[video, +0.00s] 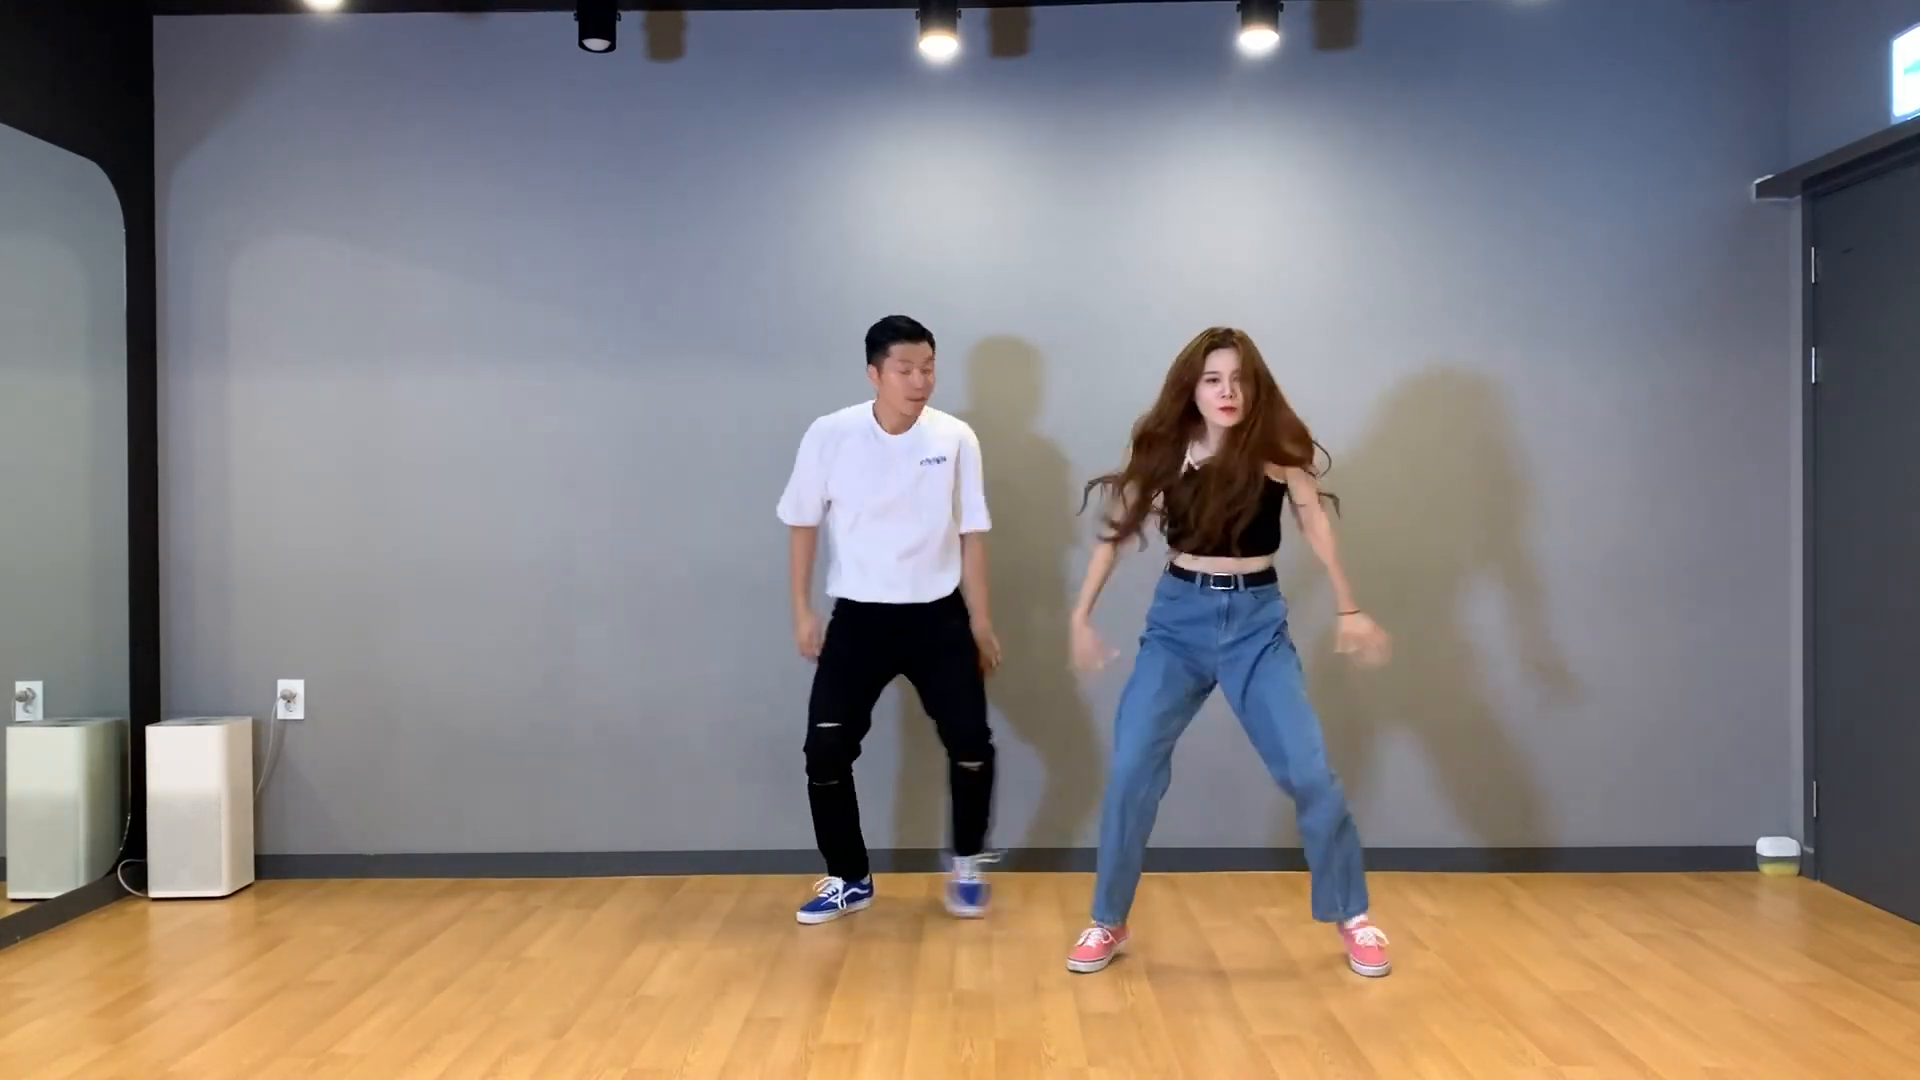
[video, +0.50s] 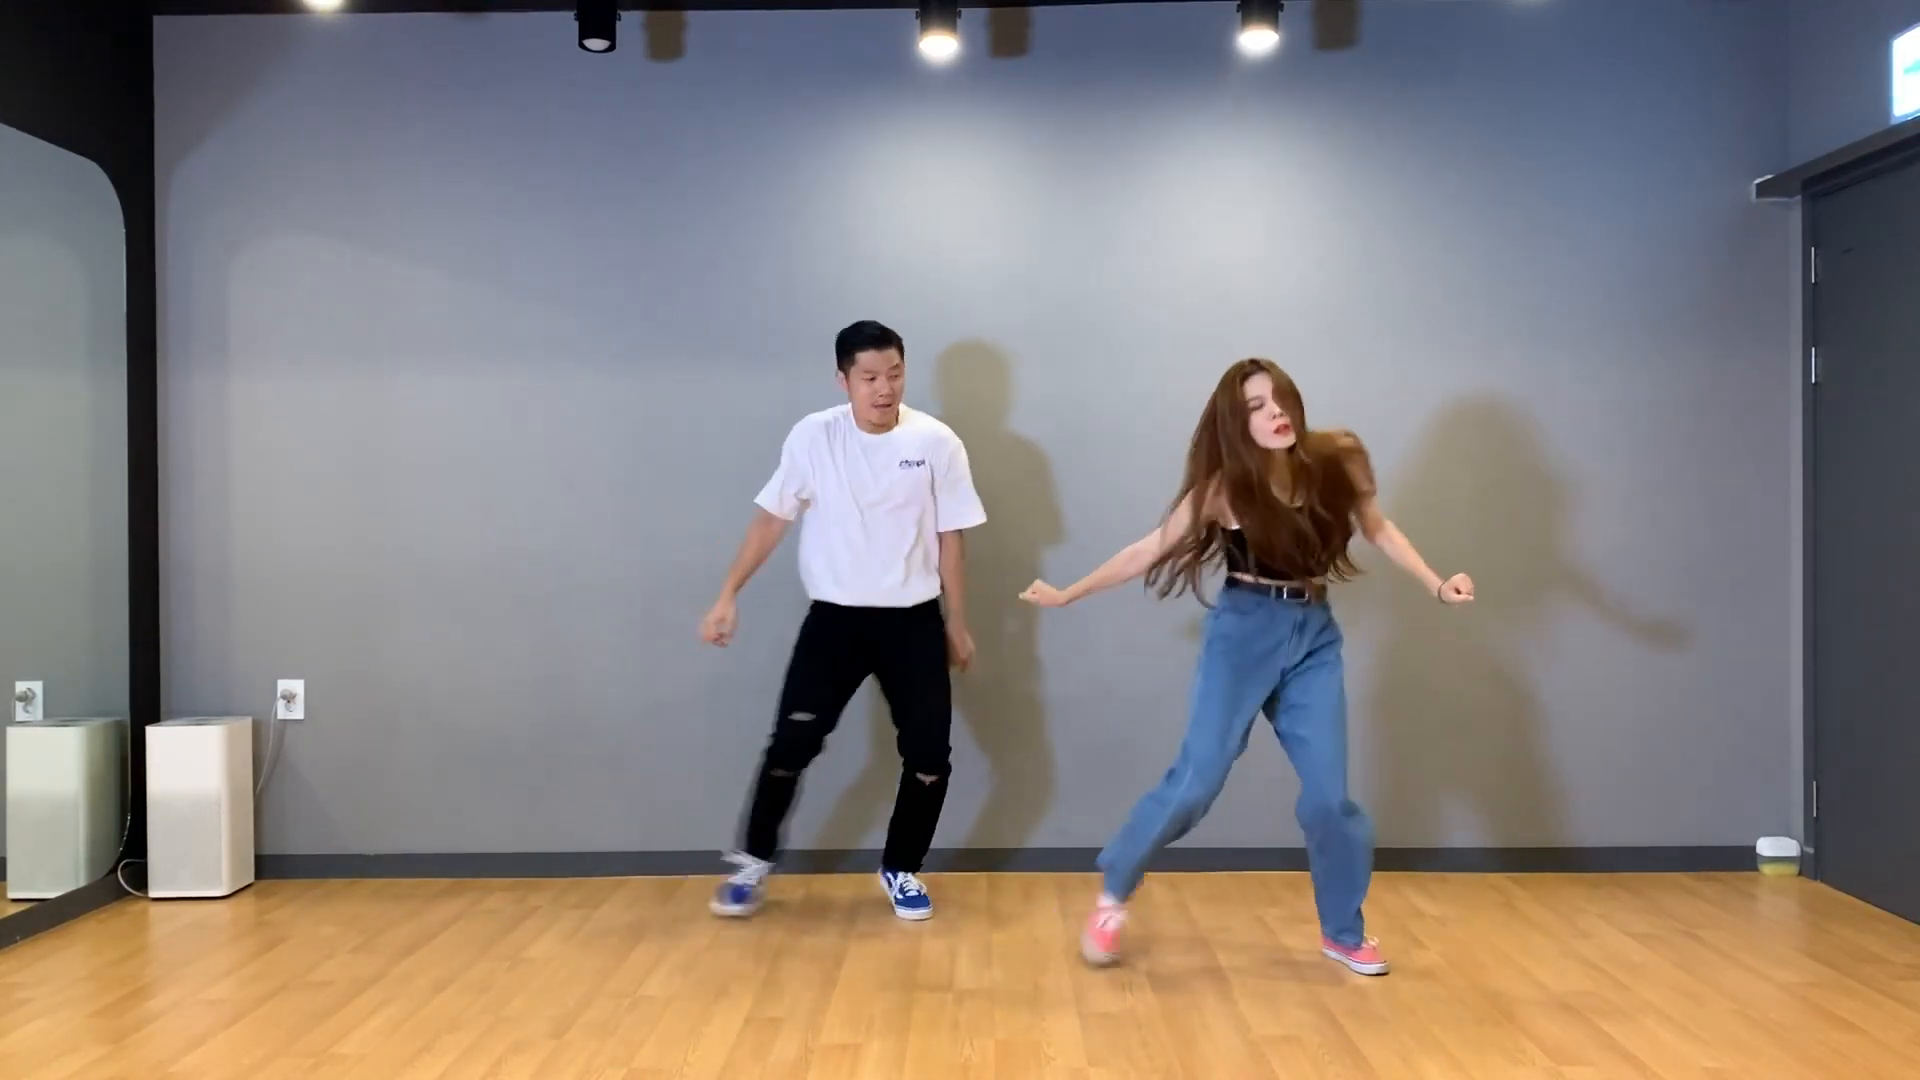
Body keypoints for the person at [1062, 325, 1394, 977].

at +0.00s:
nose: (1227, 392)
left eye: (1239, 380)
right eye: (1213, 380)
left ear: (1254, 388)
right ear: (1192, 388)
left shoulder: (1278, 450)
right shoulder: (1163, 451)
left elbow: (1318, 527)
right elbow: (1116, 532)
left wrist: (1350, 609)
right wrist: (1081, 615)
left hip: (1256, 624)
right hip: (1175, 621)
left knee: (1310, 772)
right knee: (1132, 764)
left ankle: (1353, 917)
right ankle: (1108, 921)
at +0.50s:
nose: (1277, 412)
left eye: (1281, 399)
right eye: (1258, 406)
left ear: (1295, 403)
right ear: (1236, 423)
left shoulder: (1336, 460)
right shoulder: (1224, 487)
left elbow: (1378, 529)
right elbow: (1149, 551)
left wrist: (1437, 582)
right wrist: (1066, 595)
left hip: (1311, 632)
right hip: (1243, 629)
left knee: (1329, 796)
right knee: (1198, 784)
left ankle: (1343, 933)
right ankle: (1113, 891)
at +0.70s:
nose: (1279, 391)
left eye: (1287, 378)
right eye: (1263, 384)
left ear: (1306, 386)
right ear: (1245, 399)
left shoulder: (1346, 449)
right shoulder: (1228, 470)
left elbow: (1402, 524)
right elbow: (1178, 547)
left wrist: (1473, 573)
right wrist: (1102, 591)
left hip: (1345, 624)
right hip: (1265, 630)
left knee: (1411, 773)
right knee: (1259, 791)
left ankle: (1402, 903)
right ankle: (1263, 916)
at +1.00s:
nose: (1250, 384)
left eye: (1263, 374)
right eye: (1238, 376)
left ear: (1288, 387)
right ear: (1224, 393)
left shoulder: (1323, 456)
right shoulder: (1210, 464)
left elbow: (1397, 529)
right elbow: (1156, 536)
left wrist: (1476, 583)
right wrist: (1093, 563)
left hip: (1320, 634)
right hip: (1251, 637)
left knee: (1374, 795)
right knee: (1229, 799)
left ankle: (1483, 903)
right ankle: (1265, 930)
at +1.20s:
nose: (1208, 362)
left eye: (1222, 351)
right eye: (1199, 353)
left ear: (1252, 359)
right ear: (1188, 365)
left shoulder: (1281, 431)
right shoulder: (1185, 433)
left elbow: (1320, 526)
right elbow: (1158, 519)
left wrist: (1365, 617)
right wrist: (1114, 578)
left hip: (1257, 612)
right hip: (1197, 610)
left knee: (1175, 743)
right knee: (1216, 772)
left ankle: (1288, 803)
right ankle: (1264, 926)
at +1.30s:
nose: (1187, 363)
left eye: (1201, 350)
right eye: (1179, 352)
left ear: (1233, 358)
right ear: (1170, 361)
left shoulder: (1257, 429)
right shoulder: (1170, 430)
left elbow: (1293, 523)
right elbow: (1148, 527)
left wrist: (1336, 615)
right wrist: (1105, 601)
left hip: (1224, 610)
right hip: (1173, 607)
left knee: (1129, 735)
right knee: (1209, 772)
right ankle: (1262, 918)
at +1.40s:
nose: (1165, 384)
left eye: (1179, 372)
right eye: (1159, 373)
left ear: (1215, 379)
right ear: (1153, 382)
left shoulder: (1238, 453)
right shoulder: (1149, 450)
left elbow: (1294, 541)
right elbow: (1112, 544)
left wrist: (1356, 626)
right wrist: (1065, 627)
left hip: (1185, 625)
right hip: (1144, 623)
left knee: (1120, 770)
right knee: (1198, 784)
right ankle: (1270, 925)